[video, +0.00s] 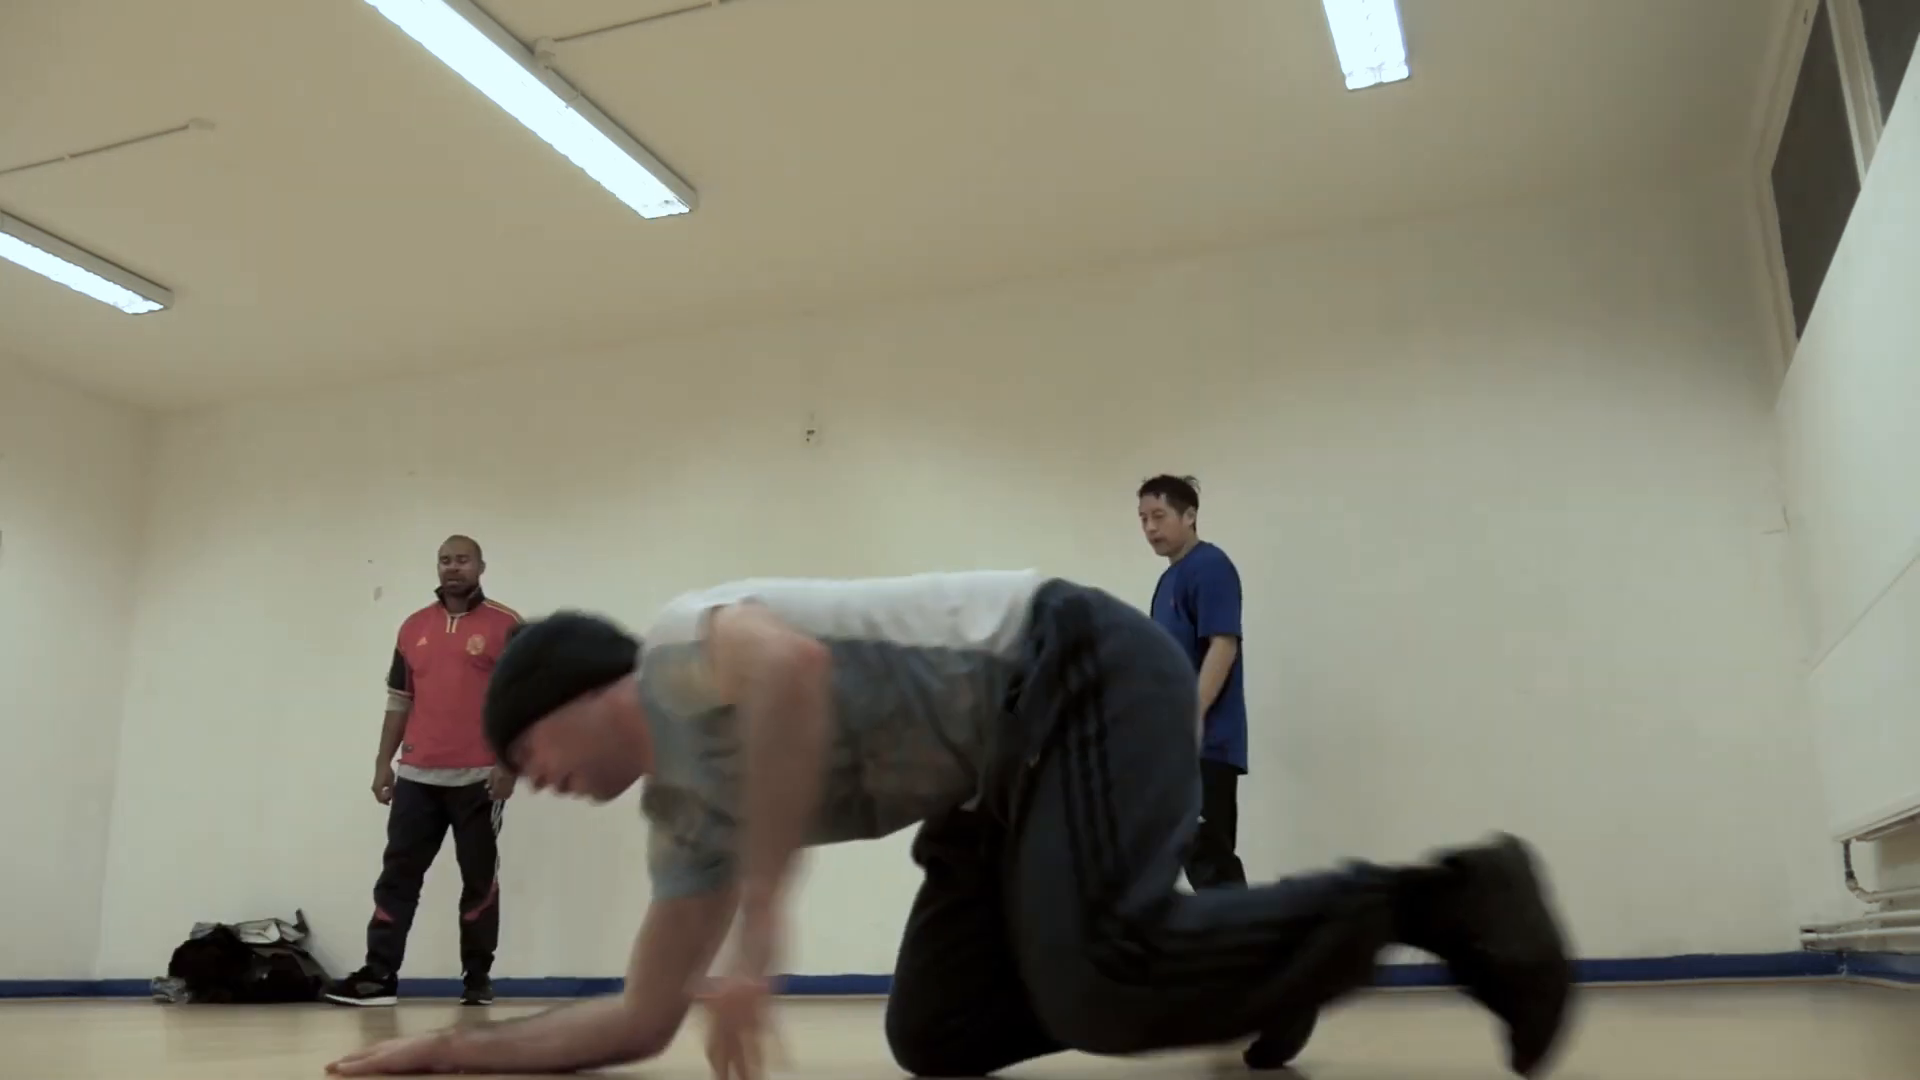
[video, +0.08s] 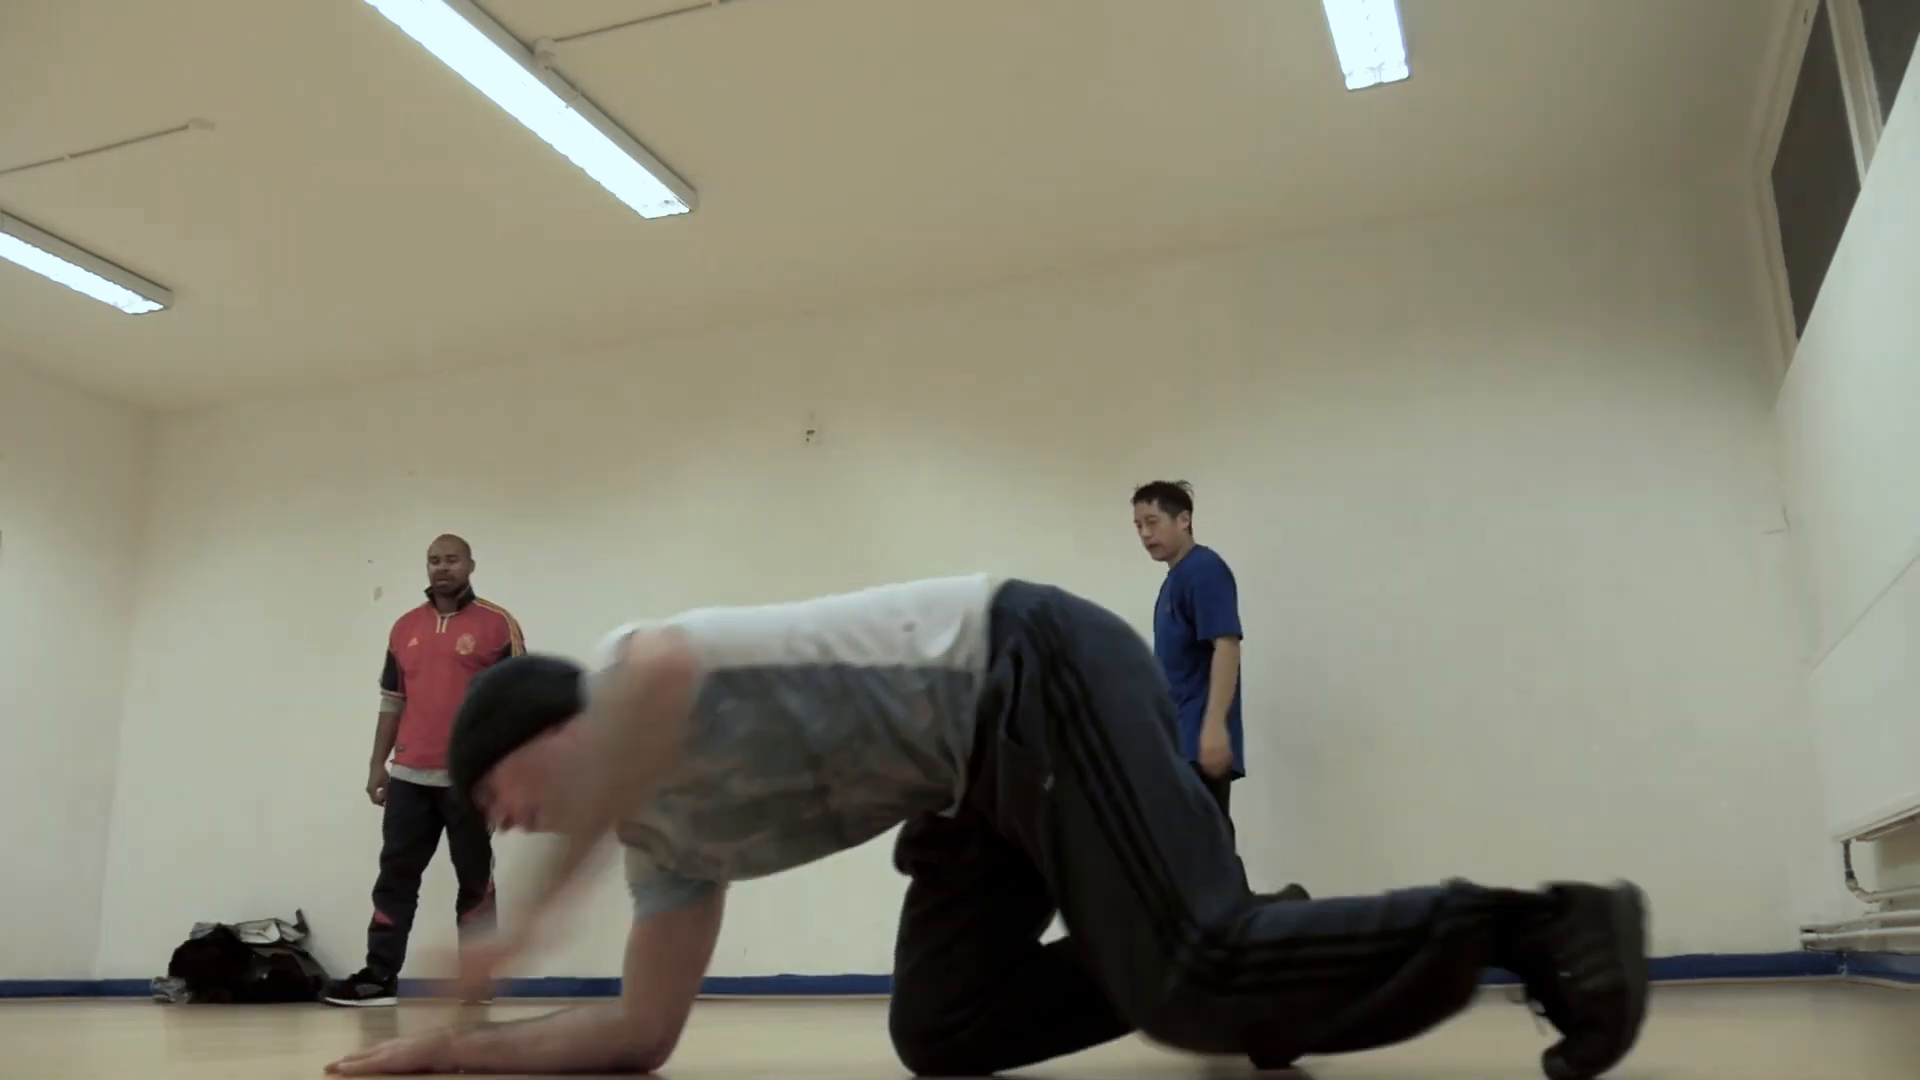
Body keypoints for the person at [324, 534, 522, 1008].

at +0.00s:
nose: (452, 567)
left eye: (462, 559)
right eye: (445, 560)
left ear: (481, 568)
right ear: (436, 569)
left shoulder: (506, 627)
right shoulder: (415, 627)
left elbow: (525, 698)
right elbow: (398, 700)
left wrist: (511, 764)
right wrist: (383, 762)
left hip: (477, 778)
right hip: (418, 776)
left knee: (479, 883)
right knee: (398, 875)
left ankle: (476, 978)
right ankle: (379, 974)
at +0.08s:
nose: (441, 568)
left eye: (451, 560)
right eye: (434, 561)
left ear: (471, 567)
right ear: (425, 570)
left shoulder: (499, 625)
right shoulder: (405, 628)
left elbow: (519, 700)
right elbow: (392, 701)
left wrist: (507, 774)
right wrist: (376, 764)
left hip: (469, 777)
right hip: (410, 775)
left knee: (474, 882)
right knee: (395, 877)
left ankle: (477, 983)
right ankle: (380, 974)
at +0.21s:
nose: (423, 567)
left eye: (432, 558)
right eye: (415, 560)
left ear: (453, 564)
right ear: (407, 568)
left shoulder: (481, 619)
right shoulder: (390, 627)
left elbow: (509, 696)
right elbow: (378, 705)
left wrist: (499, 765)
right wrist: (362, 772)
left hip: (462, 761)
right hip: (398, 765)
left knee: (463, 869)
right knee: (387, 869)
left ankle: (475, 975)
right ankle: (379, 974)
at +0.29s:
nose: (411, 566)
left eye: (421, 557)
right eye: (404, 559)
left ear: (442, 562)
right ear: (396, 566)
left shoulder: (471, 618)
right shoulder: (381, 626)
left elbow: (499, 693)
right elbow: (368, 697)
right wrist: (357, 751)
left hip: (457, 760)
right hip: (388, 765)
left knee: (455, 866)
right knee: (378, 867)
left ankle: (474, 973)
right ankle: (379, 973)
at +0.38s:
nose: (403, 564)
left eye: (412, 556)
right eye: (395, 558)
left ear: (433, 561)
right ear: (387, 565)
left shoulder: (460, 616)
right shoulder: (372, 624)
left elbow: (486, 687)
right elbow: (358, 693)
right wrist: (349, 740)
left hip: (447, 755)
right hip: (379, 760)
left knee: (444, 868)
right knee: (368, 862)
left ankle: (472, 971)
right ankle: (378, 973)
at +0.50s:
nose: (393, 563)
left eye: (402, 554)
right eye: (385, 557)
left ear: (422, 559)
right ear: (376, 564)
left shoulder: (449, 614)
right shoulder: (361, 622)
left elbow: (469, 682)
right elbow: (342, 694)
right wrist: (337, 754)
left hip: (442, 756)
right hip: (377, 764)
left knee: (438, 872)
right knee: (377, 872)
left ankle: (461, 971)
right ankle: (378, 975)